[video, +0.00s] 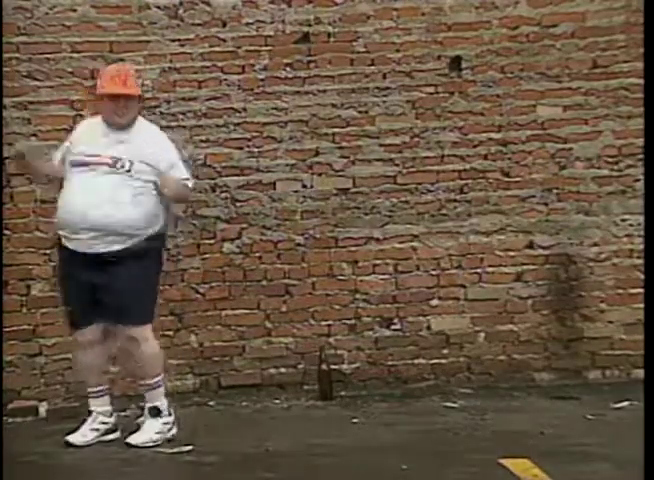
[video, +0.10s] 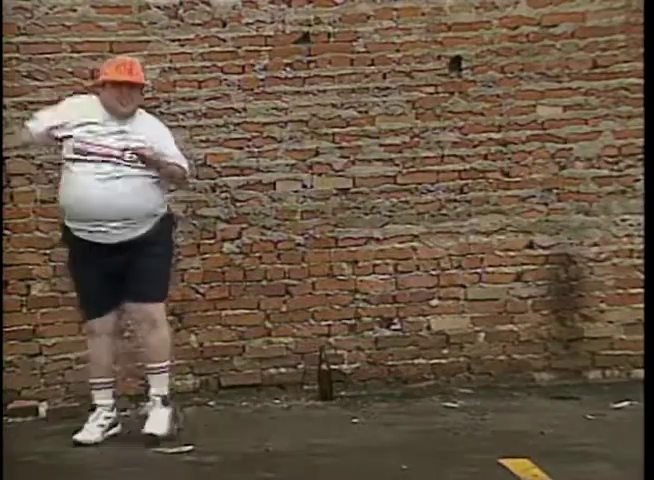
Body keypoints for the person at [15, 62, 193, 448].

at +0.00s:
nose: (119, 105)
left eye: (127, 98)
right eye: (112, 98)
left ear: (139, 100)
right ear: (98, 99)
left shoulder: (154, 140)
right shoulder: (84, 130)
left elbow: (182, 192)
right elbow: (60, 169)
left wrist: (167, 182)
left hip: (134, 249)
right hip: (78, 248)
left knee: (136, 331)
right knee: (88, 335)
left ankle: (159, 415)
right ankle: (102, 415)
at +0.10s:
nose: (128, 96)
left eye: (134, 89)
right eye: (120, 87)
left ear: (141, 91)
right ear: (101, 86)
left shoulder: (152, 126)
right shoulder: (76, 109)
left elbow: (180, 176)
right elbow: (29, 131)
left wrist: (157, 162)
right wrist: (47, 134)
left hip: (145, 234)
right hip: (87, 236)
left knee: (148, 315)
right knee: (98, 326)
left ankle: (160, 404)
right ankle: (104, 411)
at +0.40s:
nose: (130, 124)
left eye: (133, 117)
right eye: (121, 119)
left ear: (138, 115)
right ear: (99, 123)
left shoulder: (152, 140)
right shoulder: (80, 154)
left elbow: (188, 160)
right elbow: (42, 175)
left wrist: (191, 192)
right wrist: (25, 181)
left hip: (158, 260)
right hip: (98, 262)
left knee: (174, 333)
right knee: (110, 342)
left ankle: (173, 407)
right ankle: (121, 412)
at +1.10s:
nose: (121, 105)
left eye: (126, 97)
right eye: (115, 101)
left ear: (143, 92)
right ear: (108, 103)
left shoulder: (170, 117)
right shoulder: (93, 130)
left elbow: (210, 151)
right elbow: (65, 179)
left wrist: (198, 158)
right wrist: (69, 218)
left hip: (166, 242)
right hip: (109, 243)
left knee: (170, 325)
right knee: (109, 328)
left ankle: (178, 408)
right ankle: (111, 408)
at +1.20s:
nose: (137, 132)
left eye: (141, 124)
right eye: (128, 127)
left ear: (152, 114)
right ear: (116, 124)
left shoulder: (178, 135)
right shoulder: (107, 152)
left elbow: (222, 158)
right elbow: (70, 194)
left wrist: (211, 186)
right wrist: (86, 221)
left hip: (169, 260)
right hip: (111, 258)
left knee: (173, 334)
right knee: (105, 336)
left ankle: (178, 412)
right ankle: (107, 412)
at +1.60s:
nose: (135, 132)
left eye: (143, 126)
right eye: (129, 125)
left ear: (158, 118)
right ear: (119, 117)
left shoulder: (184, 144)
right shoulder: (108, 134)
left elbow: (218, 189)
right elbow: (77, 173)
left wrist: (215, 224)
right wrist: (78, 173)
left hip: (173, 246)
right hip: (121, 251)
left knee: (174, 332)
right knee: (111, 330)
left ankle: (197, 411)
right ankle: (115, 412)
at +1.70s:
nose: (130, 135)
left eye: (137, 128)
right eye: (124, 128)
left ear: (154, 117)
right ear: (117, 122)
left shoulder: (180, 146)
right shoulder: (112, 150)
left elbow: (210, 186)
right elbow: (77, 184)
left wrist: (196, 200)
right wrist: (37, 187)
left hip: (172, 254)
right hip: (119, 259)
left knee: (171, 336)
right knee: (99, 329)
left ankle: (195, 413)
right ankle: (112, 412)